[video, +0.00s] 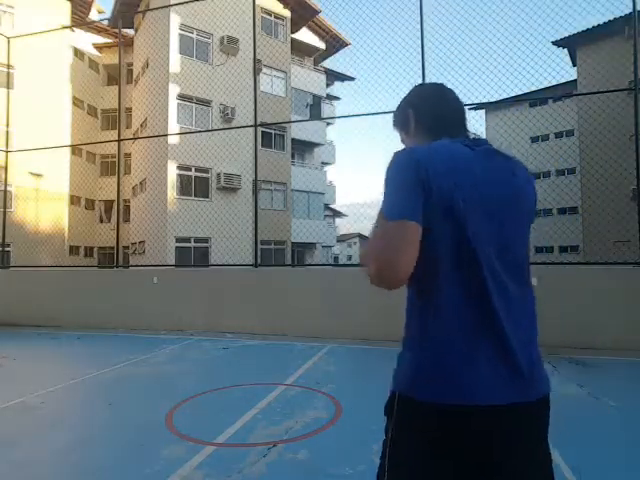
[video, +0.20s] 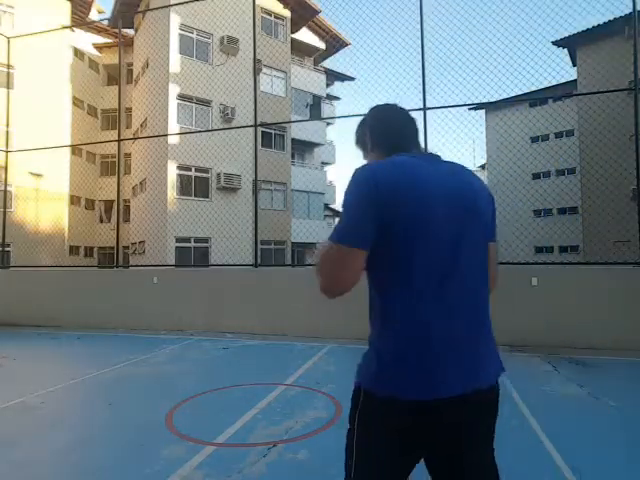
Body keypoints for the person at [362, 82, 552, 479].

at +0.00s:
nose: (405, 145)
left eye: (403, 135)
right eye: (403, 137)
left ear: (414, 124)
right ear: (459, 121)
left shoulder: (414, 162)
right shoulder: (516, 172)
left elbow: (391, 270)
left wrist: (371, 250)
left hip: (438, 396)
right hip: (520, 396)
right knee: (522, 472)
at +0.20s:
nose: (365, 160)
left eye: (364, 151)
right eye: (363, 152)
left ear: (372, 144)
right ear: (414, 141)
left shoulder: (374, 179)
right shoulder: (472, 182)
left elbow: (334, 282)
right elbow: (487, 281)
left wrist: (328, 250)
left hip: (396, 388)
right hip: (474, 385)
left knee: (370, 473)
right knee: (474, 473)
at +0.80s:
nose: (409, 155)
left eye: (408, 145)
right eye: (409, 145)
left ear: (418, 143)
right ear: (462, 143)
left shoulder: (407, 184)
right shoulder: (511, 183)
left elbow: (373, 276)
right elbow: (523, 274)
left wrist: (365, 247)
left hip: (427, 386)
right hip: (507, 385)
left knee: (398, 473)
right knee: (513, 474)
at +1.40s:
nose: (416, 161)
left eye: (416, 152)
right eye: (416, 152)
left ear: (424, 153)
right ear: (466, 156)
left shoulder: (400, 194)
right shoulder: (497, 210)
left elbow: (356, 269)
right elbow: (480, 269)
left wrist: (388, 229)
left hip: (404, 383)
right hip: (475, 385)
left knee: (371, 473)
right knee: (488, 474)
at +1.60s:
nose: (372, 167)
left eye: (373, 160)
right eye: (373, 160)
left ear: (380, 163)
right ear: (416, 164)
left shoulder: (360, 208)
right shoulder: (443, 214)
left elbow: (323, 276)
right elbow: (434, 266)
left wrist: (346, 245)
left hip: (367, 374)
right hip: (430, 373)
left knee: (339, 470)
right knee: (445, 471)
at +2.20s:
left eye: (340, 187)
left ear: (340, 189)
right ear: (376, 192)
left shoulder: (316, 219)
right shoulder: (393, 228)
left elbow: (281, 276)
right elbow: (389, 278)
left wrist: (311, 249)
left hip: (316, 356)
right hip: (369, 359)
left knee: (286, 440)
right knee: (386, 453)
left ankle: (271, 475)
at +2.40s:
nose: (343, 199)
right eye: (345, 194)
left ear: (310, 193)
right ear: (343, 196)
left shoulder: (283, 223)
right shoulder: (355, 231)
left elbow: (266, 276)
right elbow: (350, 278)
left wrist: (297, 255)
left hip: (285, 352)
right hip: (335, 354)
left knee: (270, 432)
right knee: (355, 438)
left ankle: (259, 476)